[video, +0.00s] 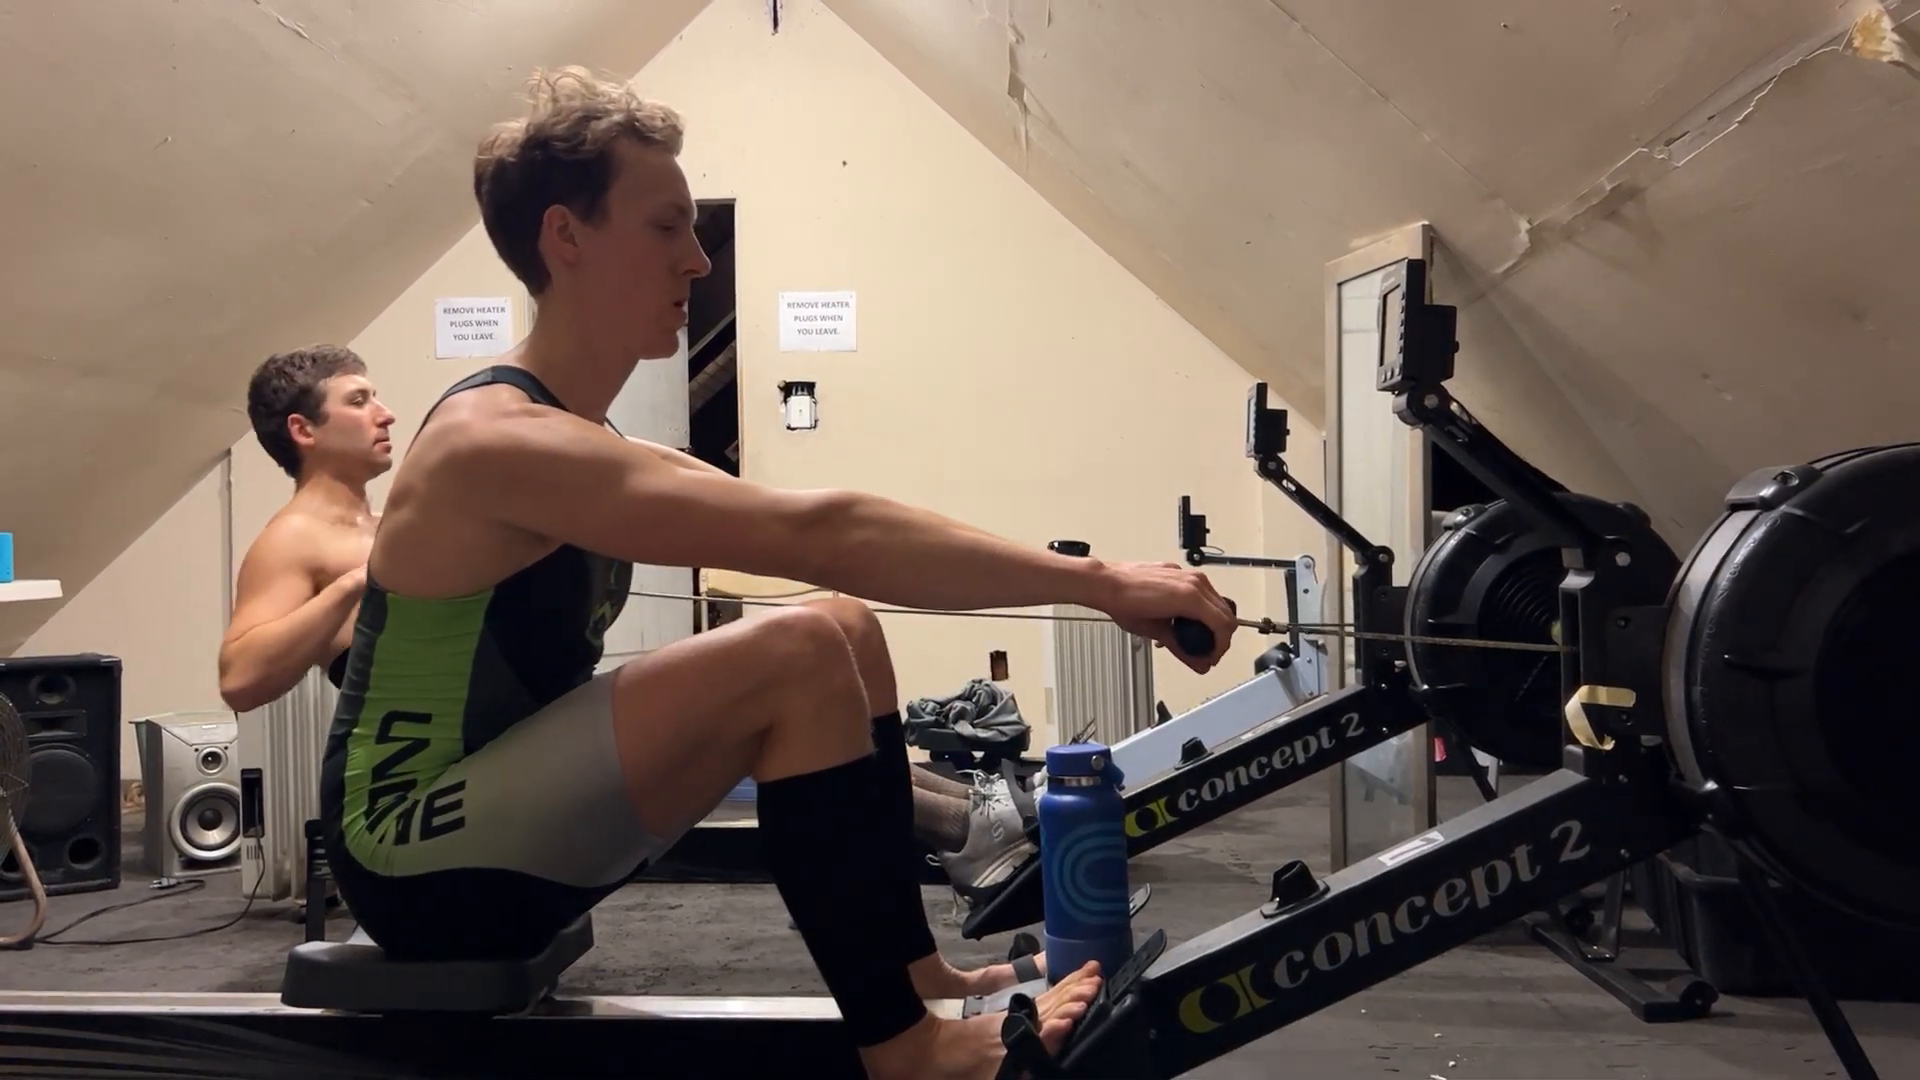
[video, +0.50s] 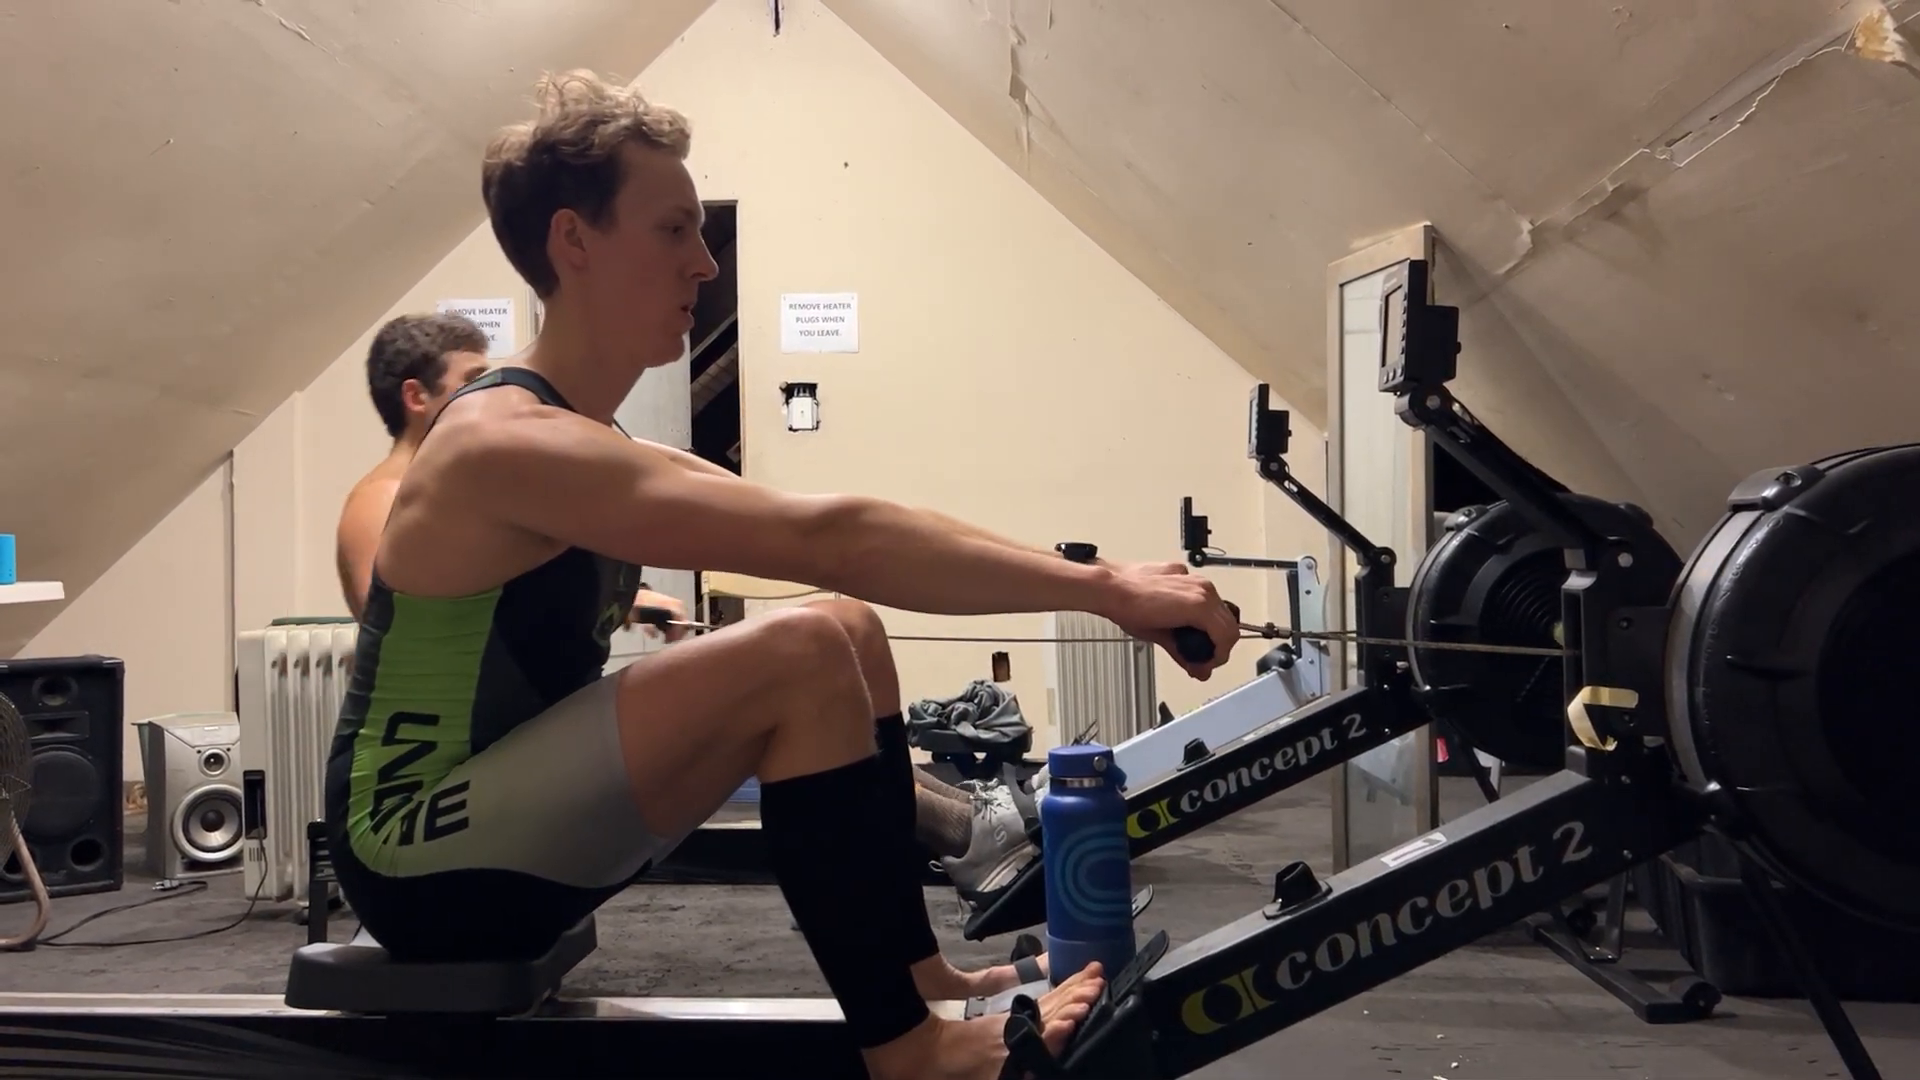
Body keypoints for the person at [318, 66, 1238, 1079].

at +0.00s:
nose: (698, 262)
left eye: (691, 230)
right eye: (668, 229)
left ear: (573, 246)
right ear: (565, 243)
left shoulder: (568, 435)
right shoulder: (498, 440)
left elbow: (816, 547)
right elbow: (815, 535)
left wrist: (1083, 582)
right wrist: (1102, 583)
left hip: (492, 814)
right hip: (424, 850)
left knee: (847, 634)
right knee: (797, 658)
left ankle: (914, 982)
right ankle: (894, 1040)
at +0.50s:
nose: (706, 267)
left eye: (698, 234)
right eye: (675, 233)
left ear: (580, 250)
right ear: (571, 247)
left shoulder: (577, 442)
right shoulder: (504, 441)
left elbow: (823, 545)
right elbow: (818, 540)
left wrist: (1087, 580)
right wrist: (1105, 587)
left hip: (491, 820)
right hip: (425, 851)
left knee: (852, 639)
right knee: (802, 659)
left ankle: (920, 989)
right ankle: (898, 1043)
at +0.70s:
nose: (706, 268)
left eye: (698, 236)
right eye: (677, 234)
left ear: (582, 252)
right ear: (573, 249)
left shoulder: (573, 436)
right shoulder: (505, 438)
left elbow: (563, 606)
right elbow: (820, 539)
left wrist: (703, 611)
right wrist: (1106, 588)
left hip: (496, 814)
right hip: (427, 849)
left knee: (851, 637)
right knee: (800, 659)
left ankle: (918, 986)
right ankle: (897, 1042)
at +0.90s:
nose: (707, 267)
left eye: (699, 235)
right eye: (676, 235)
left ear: (581, 252)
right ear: (572, 248)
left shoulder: (586, 425)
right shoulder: (507, 440)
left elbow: (612, 580)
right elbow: (826, 538)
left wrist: (800, 595)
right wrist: (1109, 585)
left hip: (498, 813)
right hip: (427, 852)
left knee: (844, 640)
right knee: (802, 659)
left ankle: (922, 989)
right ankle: (899, 1044)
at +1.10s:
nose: (708, 269)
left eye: (700, 237)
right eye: (678, 236)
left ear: (580, 253)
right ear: (573, 250)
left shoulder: (582, 433)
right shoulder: (512, 439)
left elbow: (813, 551)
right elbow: (820, 542)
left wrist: (1066, 581)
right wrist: (1110, 586)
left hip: (497, 817)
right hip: (428, 849)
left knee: (853, 641)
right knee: (804, 663)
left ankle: (923, 991)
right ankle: (900, 1044)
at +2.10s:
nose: (718, 269)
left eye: (709, 236)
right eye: (686, 236)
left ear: (590, 259)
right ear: (583, 256)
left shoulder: (589, 449)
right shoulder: (515, 446)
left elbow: (839, 545)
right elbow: (834, 546)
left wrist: (1096, 585)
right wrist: (1111, 593)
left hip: (499, 824)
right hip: (433, 851)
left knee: (847, 642)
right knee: (809, 658)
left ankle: (925, 995)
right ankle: (903, 1043)